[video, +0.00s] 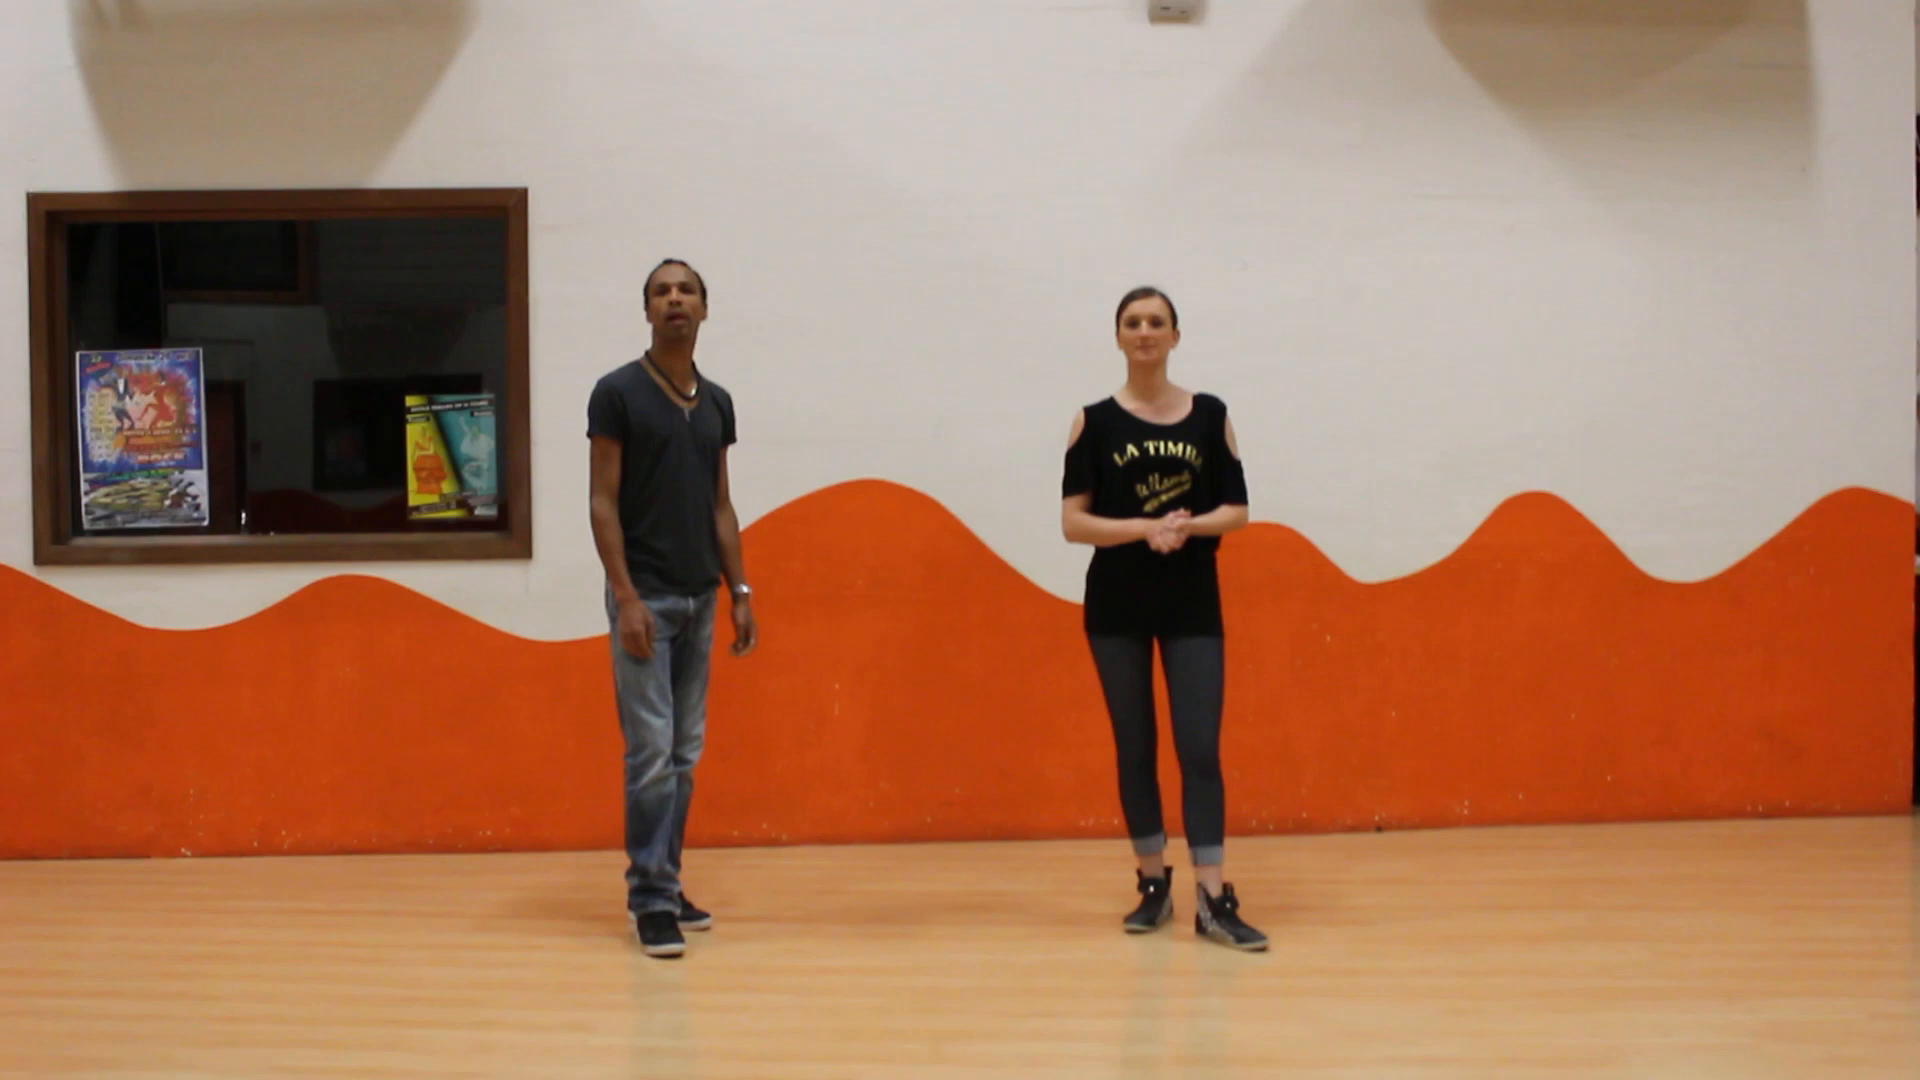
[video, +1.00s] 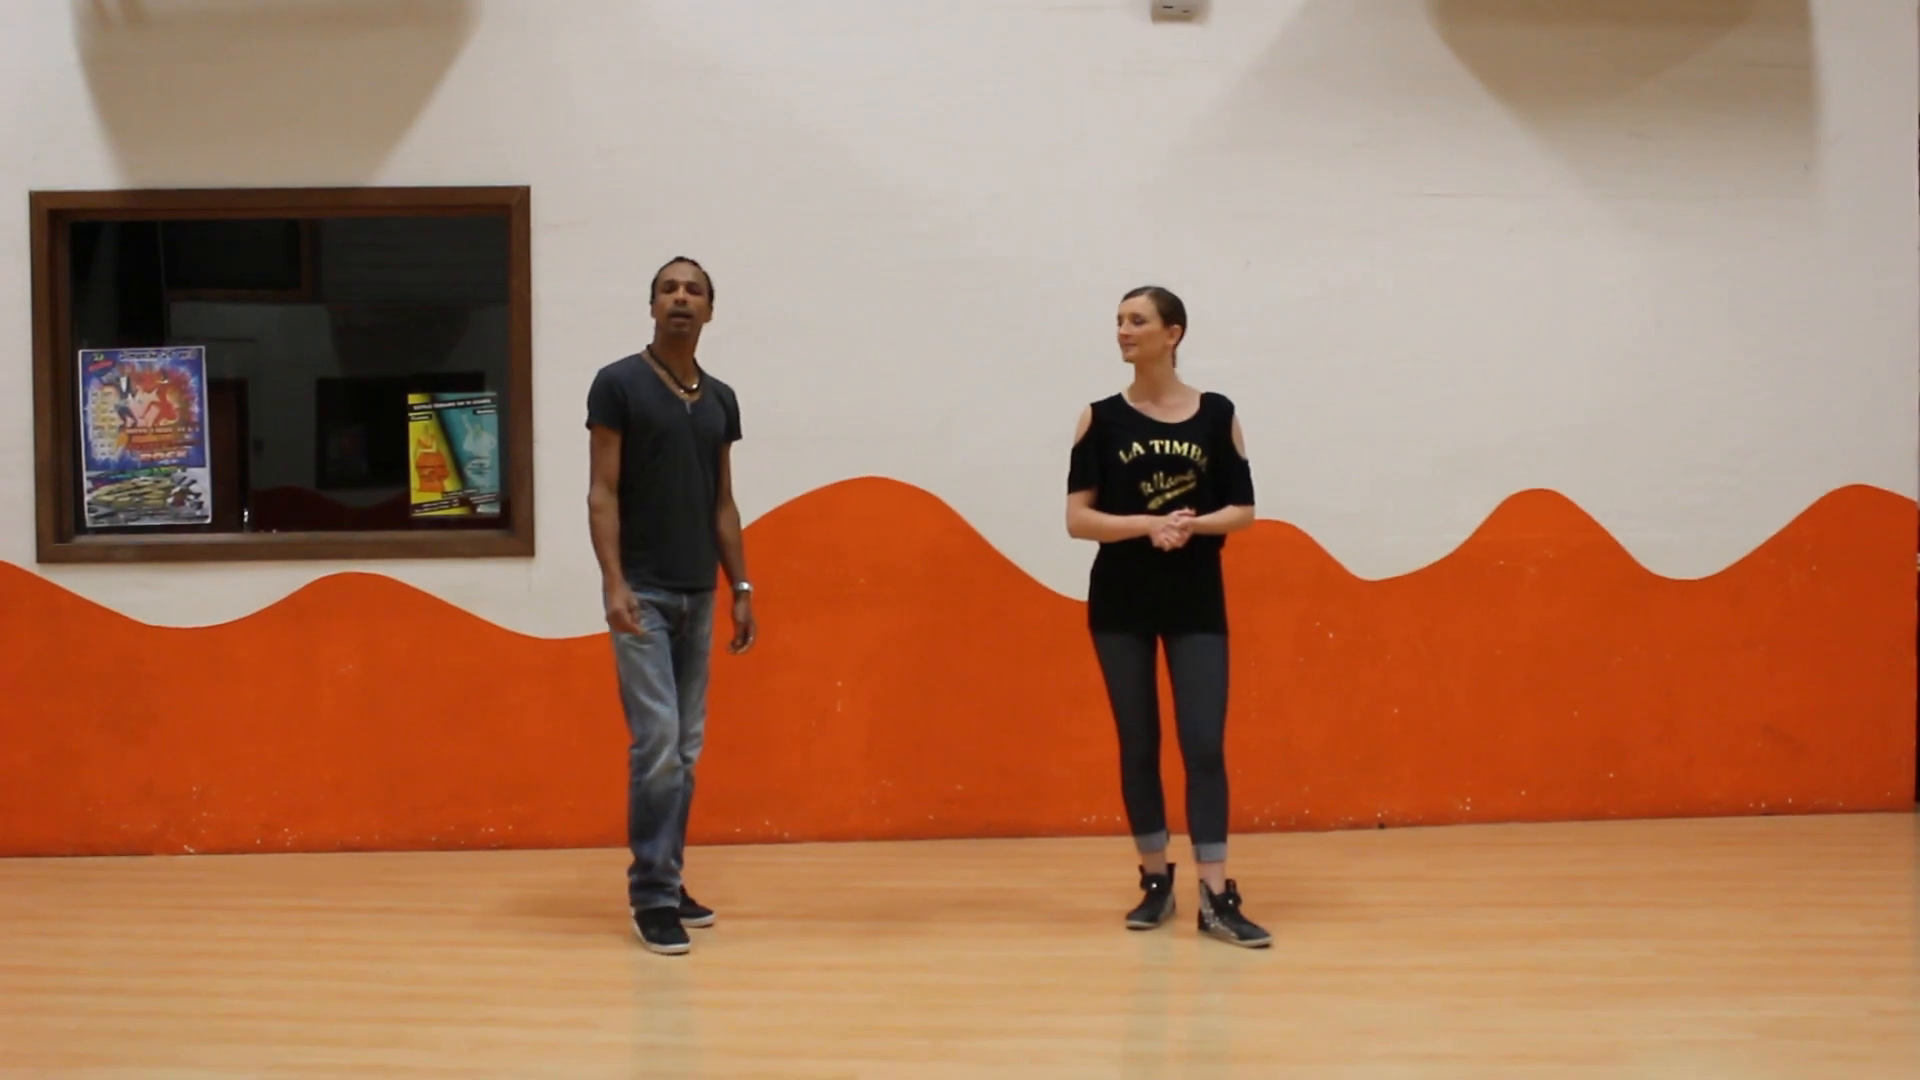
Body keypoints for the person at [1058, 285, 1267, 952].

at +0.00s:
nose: (1145, 333)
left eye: (1156, 323)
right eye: (1133, 323)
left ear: (1175, 336)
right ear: (1117, 336)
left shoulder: (1208, 414)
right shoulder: (1092, 423)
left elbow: (1236, 510)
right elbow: (1075, 522)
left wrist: (1191, 524)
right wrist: (1140, 527)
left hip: (1191, 602)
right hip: (1117, 605)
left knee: (1199, 751)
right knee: (1135, 749)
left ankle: (1213, 900)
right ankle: (1154, 886)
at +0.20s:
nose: (1149, 332)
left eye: (1160, 322)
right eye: (1138, 322)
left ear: (1179, 335)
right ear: (1122, 335)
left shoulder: (1212, 413)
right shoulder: (1096, 421)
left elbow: (1239, 509)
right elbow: (1077, 520)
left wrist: (1196, 522)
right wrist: (1145, 524)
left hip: (1194, 599)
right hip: (1120, 601)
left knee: (1202, 747)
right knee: (1138, 745)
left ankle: (1216, 896)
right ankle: (1157, 883)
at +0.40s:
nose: (1150, 334)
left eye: (1161, 324)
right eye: (1139, 324)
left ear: (1180, 337)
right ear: (1123, 337)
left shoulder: (1213, 414)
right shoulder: (1098, 422)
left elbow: (1240, 511)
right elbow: (1078, 522)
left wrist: (1198, 525)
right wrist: (1145, 526)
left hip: (1194, 600)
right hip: (1120, 602)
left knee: (1203, 748)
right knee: (1139, 746)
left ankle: (1216, 897)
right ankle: (1157, 885)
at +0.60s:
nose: (1152, 333)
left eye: (1163, 323)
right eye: (1141, 323)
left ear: (1182, 336)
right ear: (1125, 336)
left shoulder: (1214, 414)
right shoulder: (1098, 421)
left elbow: (1241, 510)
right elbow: (1079, 521)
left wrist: (1200, 524)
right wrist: (1147, 525)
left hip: (1195, 601)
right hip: (1121, 602)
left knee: (1203, 747)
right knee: (1139, 746)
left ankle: (1216, 897)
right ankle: (1157, 884)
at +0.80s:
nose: (1148, 331)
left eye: (1160, 321)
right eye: (1138, 321)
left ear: (1182, 335)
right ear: (1124, 335)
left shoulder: (1215, 413)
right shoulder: (1099, 419)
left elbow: (1241, 509)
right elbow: (1079, 519)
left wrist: (1199, 523)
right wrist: (1146, 524)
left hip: (1195, 600)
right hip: (1121, 601)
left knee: (1204, 747)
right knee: (1139, 745)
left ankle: (1216, 896)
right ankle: (1157, 882)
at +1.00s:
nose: (1123, 331)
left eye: (1137, 321)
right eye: (1120, 322)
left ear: (1173, 333)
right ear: (1120, 334)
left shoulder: (1216, 413)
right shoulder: (1099, 419)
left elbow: (1242, 510)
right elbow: (1079, 519)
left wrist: (1196, 523)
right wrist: (1145, 524)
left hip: (1195, 600)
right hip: (1120, 601)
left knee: (1204, 747)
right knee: (1138, 745)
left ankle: (1216, 896)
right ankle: (1157, 882)